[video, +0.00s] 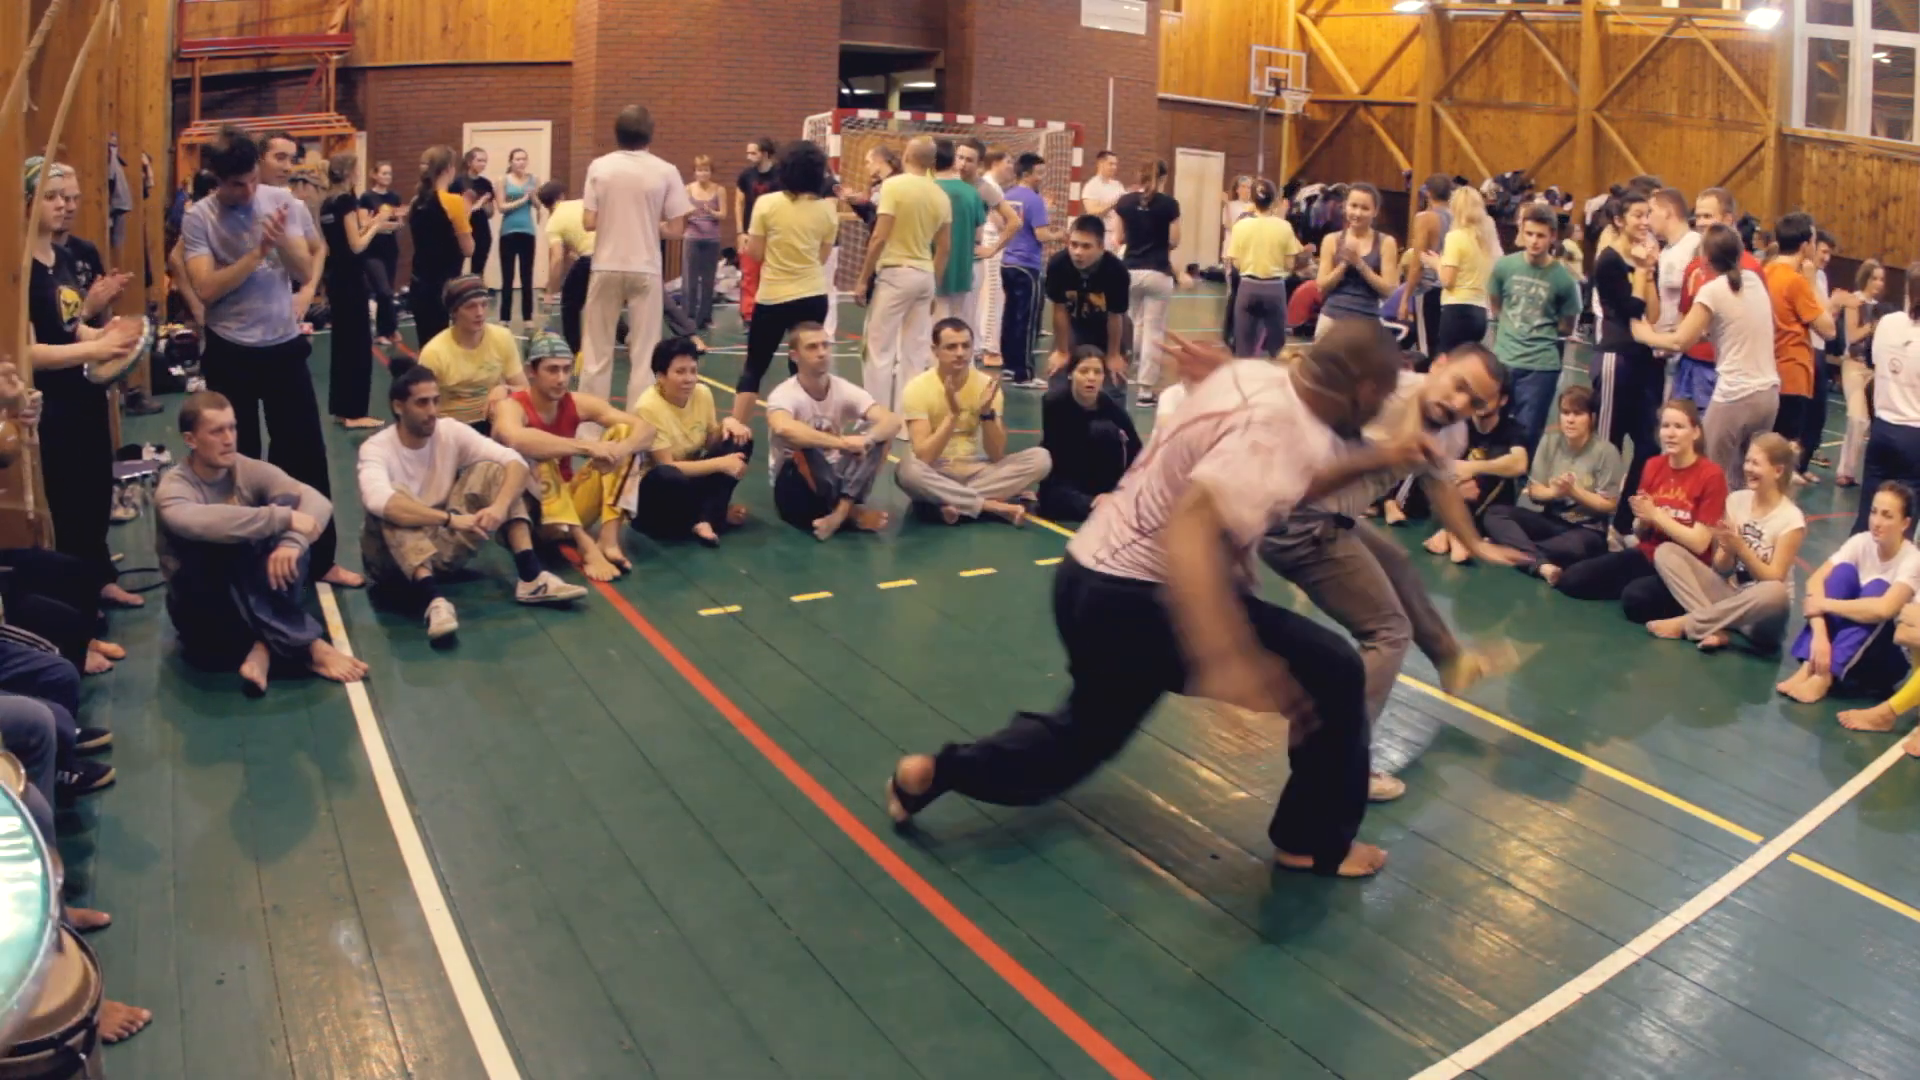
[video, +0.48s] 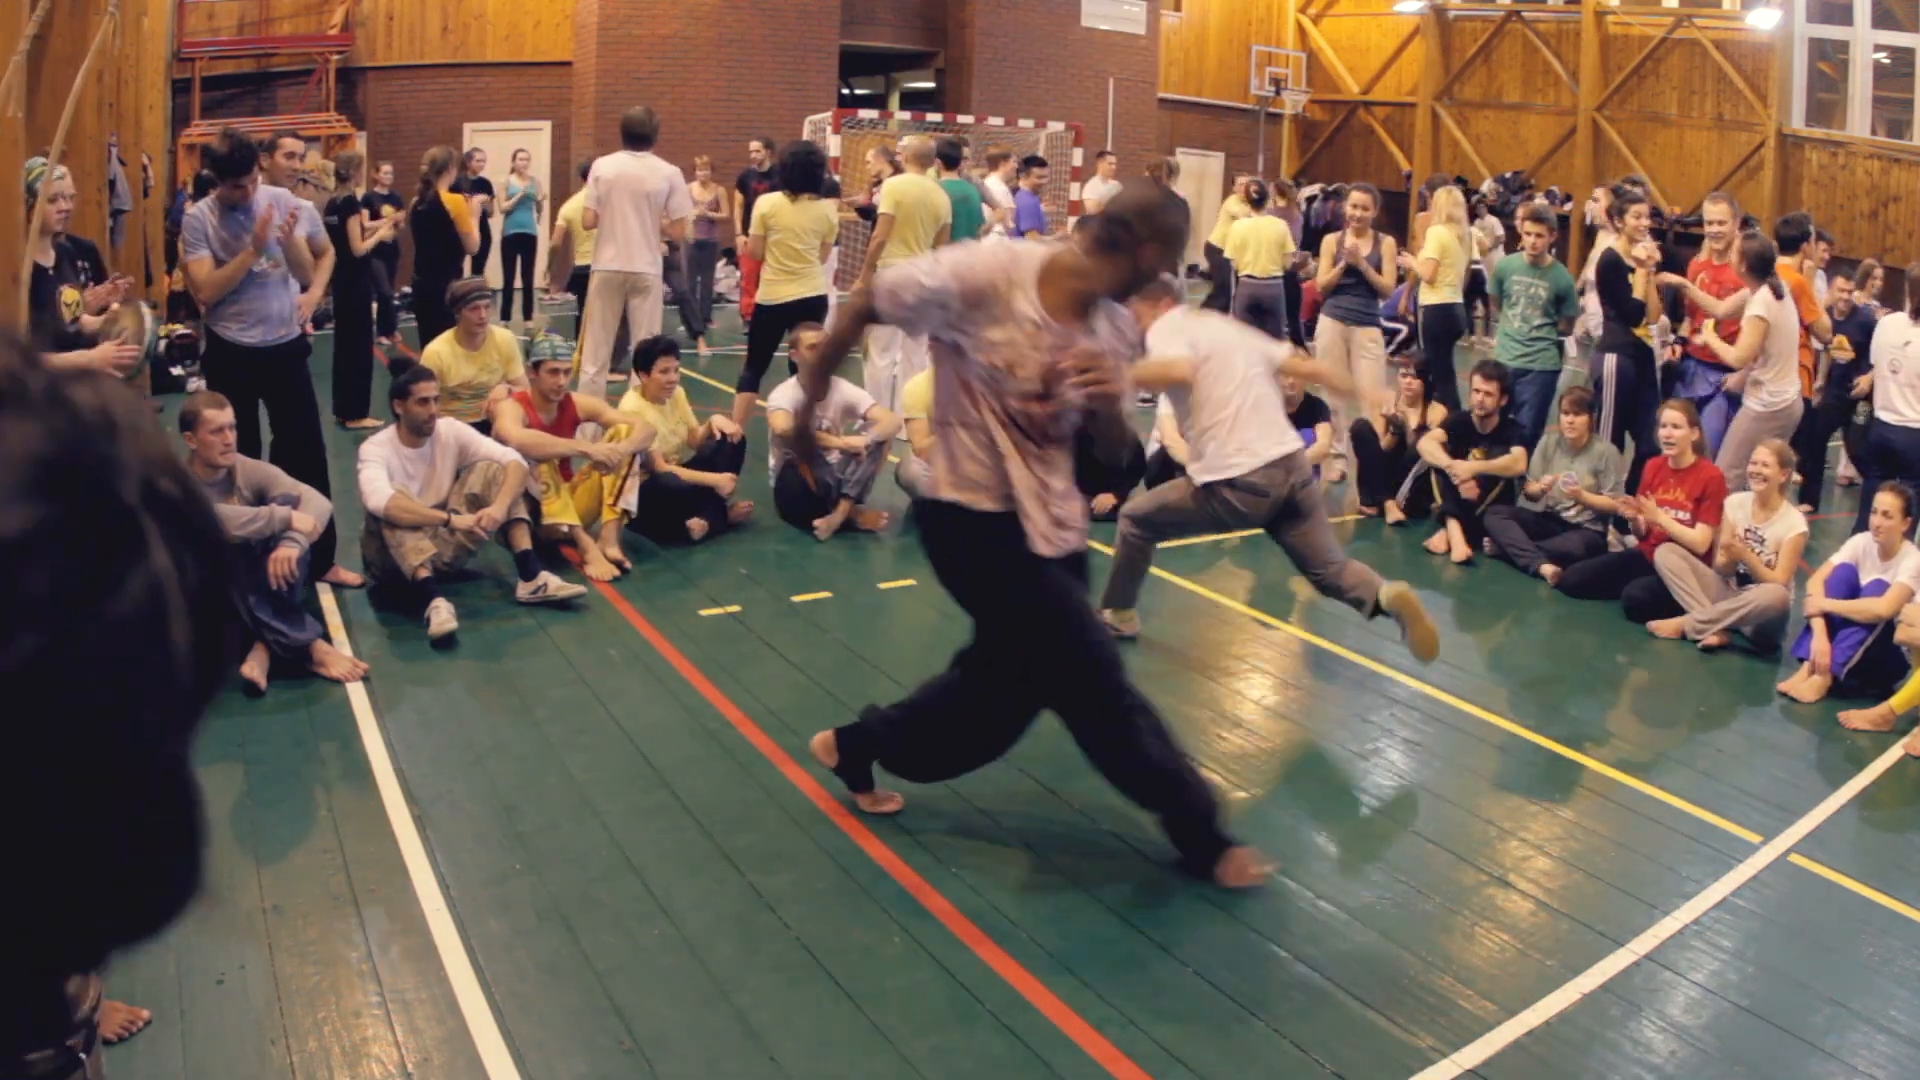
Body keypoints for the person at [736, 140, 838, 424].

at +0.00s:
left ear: (781, 169)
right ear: (819, 172)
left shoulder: (766, 204)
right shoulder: (827, 208)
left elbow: (756, 251)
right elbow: (823, 256)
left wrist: (745, 244)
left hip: (773, 301)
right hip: (814, 299)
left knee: (754, 369)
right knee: (807, 369)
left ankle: (737, 432)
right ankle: (808, 432)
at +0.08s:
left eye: (777, 165)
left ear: (782, 169)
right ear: (819, 172)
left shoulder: (766, 204)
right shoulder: (827, 209)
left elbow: (756, 252)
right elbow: (823, 256)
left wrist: (745, 244)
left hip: (773, 300)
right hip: (813, 299)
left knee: (754, 368)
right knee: (806, 369)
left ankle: (736, 433)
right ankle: (806, 433)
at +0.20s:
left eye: (776, 164)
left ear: (781, 169)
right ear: (819, 172)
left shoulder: (766, 204)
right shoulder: (827, 208)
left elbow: (756, 251)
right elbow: (823, 255)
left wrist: (744, 244)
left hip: (773, 301)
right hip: (813, 299)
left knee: (753, 369)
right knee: (806, 370)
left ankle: (736, 435)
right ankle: (807, 436)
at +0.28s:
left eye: (777, 164)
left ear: (782, 169)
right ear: (819, 172)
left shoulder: (766, 203)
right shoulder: (828, 208)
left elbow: (756, 251)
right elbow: (823, 255)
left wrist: (744, 245)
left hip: (773, 301)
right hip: (813, 299)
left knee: (754, 369)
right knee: (806, 370)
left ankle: (735, 433)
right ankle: (807, 434)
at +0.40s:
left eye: (777, 164)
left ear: (782, 169)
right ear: (819, 172)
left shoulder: (765, 204)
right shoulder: (827, 209)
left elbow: (756, 252)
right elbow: (824, 255)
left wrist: (744, 241)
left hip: (772, 301)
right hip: (814, 299)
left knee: (754, 369)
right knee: (808, 370)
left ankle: (735, 434)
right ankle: (808, 435)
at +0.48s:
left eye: (778, 165)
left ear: (782, 169)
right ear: (819, 172)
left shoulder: (766, 204)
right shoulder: (828, 208)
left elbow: (757, 252)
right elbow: (824, 255)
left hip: (772, 300)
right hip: (813, 298)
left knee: (754, 369)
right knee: (805, 368)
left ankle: (735, 435)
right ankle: (806, 434)